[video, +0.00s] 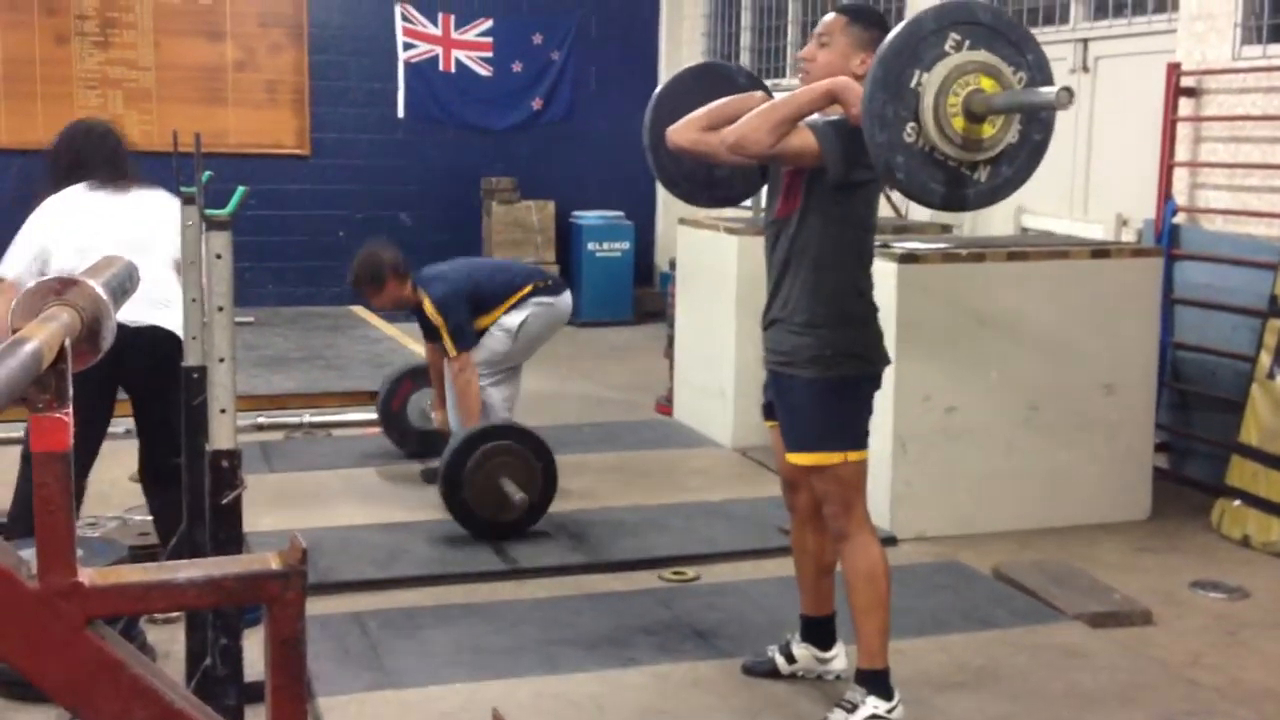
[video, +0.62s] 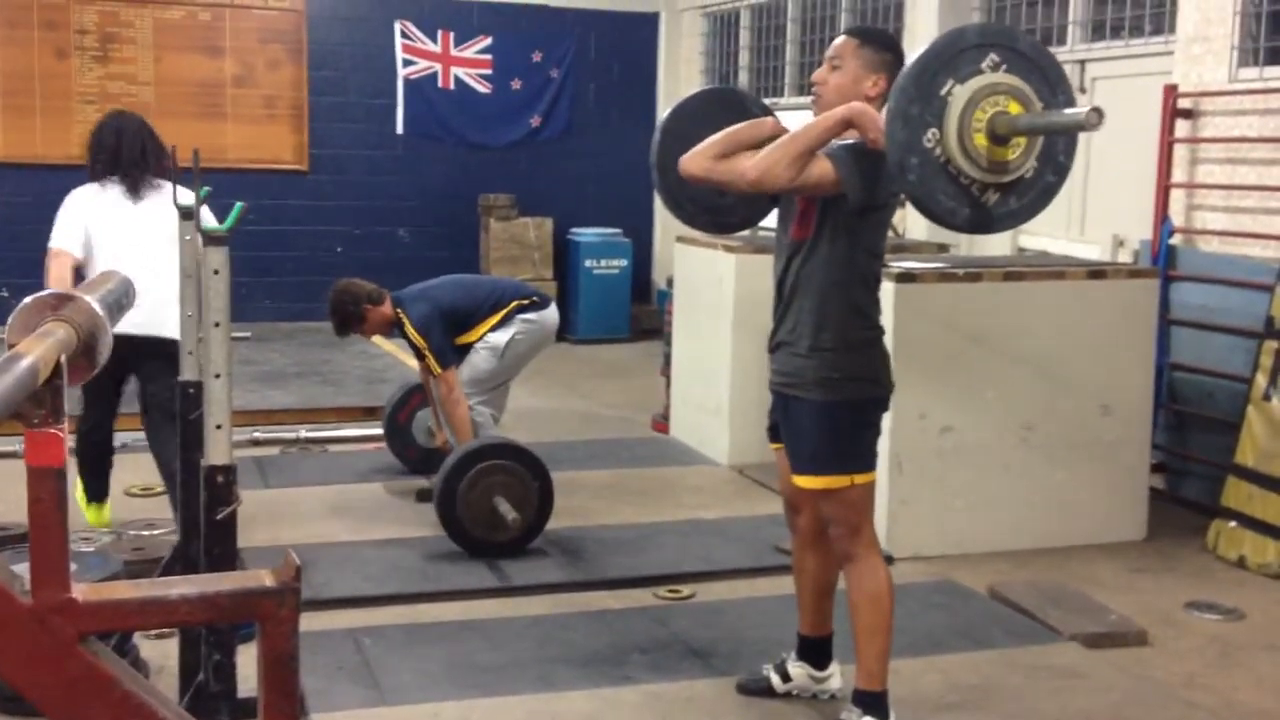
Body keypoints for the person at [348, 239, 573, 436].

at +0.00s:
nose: (372, 305)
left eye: (373, 295)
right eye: (368, 299)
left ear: (392, 281)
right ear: (395, 280)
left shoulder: (440, 294)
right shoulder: (423, 295)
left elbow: (464, 368)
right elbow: (436, 355)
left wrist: (468, 443)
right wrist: (440, 410)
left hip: (544, 300)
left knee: (464, 369)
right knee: (495, 374)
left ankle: (463, 456)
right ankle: (496, 453)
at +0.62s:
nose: (366, 337)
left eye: (361, 329)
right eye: (360, 333)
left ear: (370, 310)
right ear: (374, 304)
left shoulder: (418, 315)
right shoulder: (408, 310)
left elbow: (450, 389)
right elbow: (429, 376)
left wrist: (469, 456)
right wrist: (442, 431)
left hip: (529, 316)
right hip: (524, 314)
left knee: (464, 394)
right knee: (481, 392)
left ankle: (492, 477)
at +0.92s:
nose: (368, 336)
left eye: (363, 327)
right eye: (361, 331)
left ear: (374, 306)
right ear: (376, 303)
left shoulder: (421, 316)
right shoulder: (407, 313)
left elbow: (453, 390)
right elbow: (425, 374)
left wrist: (469, 457)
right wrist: (435, 433)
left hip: (530, 327)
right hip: (519, 326)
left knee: (448, 391)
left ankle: (495, 471)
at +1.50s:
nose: (347, 302)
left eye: (355, 293)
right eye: (347, 293)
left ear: (381, 295)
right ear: (381, 296)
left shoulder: (423, 322)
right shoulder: (403, 320)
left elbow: (458, 394)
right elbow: (421, 375)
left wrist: (483, 460)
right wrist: (436, 431)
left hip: (529, 341)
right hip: (510, 341)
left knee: (446, 401)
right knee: (428, 390)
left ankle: (482, 476)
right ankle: (465, 473)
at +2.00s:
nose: (370, 269)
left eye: (379, 263)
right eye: (373, 261)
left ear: (404, 276)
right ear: (404, 278)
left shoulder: (432, 317)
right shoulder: (413, 312)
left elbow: (458, 392)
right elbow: (425, 371)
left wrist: (480, 463)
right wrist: (436, 429)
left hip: (533, 358)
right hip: (513, 356)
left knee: (444, 401)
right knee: (426, 388)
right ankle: (465, 474)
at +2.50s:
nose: (405, 249)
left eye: (417, 245)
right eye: (411, 243)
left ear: (438, 263)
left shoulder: (456, 310)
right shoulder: (432, 304)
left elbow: (470, 389)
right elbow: (436, 367)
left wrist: (473, 458)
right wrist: (436, 431)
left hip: (539, 372)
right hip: (513, 369)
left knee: (448, 406)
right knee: (429, 387)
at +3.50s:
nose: (398, 243)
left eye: (409, 236)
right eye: (402, 235)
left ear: (433, 251)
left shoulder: (453, 298)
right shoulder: (427, 294)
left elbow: (466, 377)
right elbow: (431, 356)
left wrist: (466, 450)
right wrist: (435, 419)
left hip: (533, 357)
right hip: (504, 354)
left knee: (442, 398)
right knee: (425, 381)